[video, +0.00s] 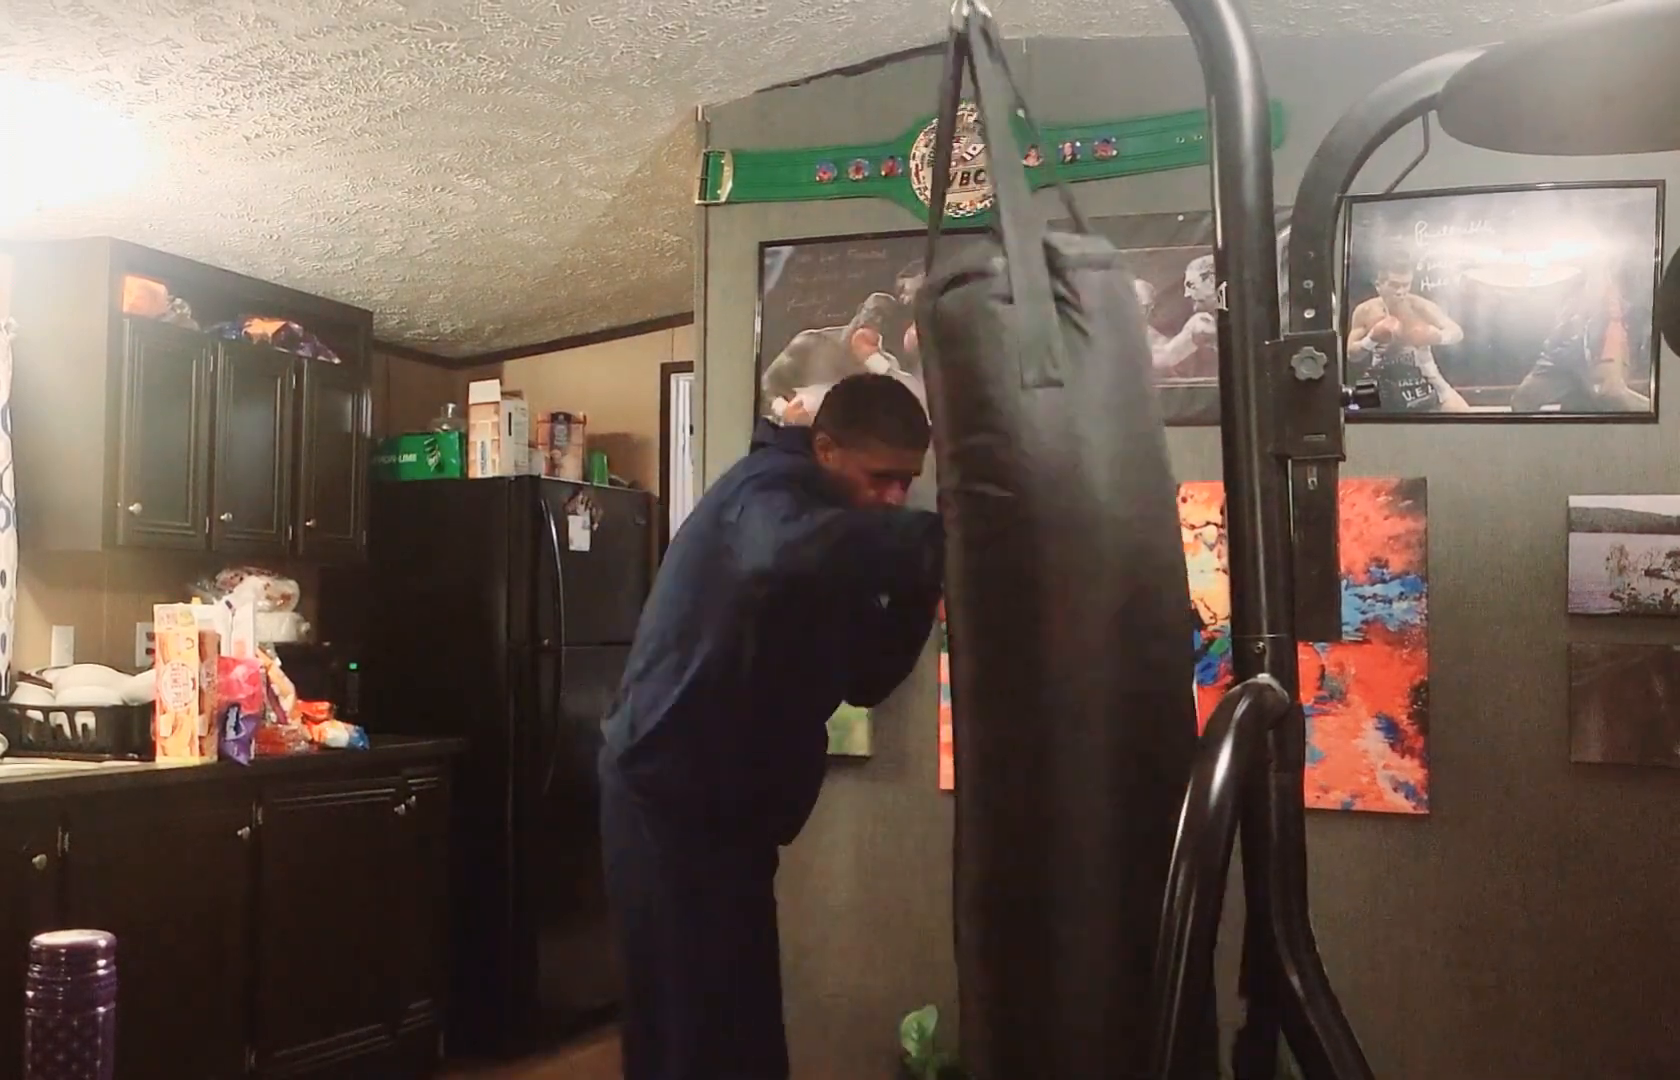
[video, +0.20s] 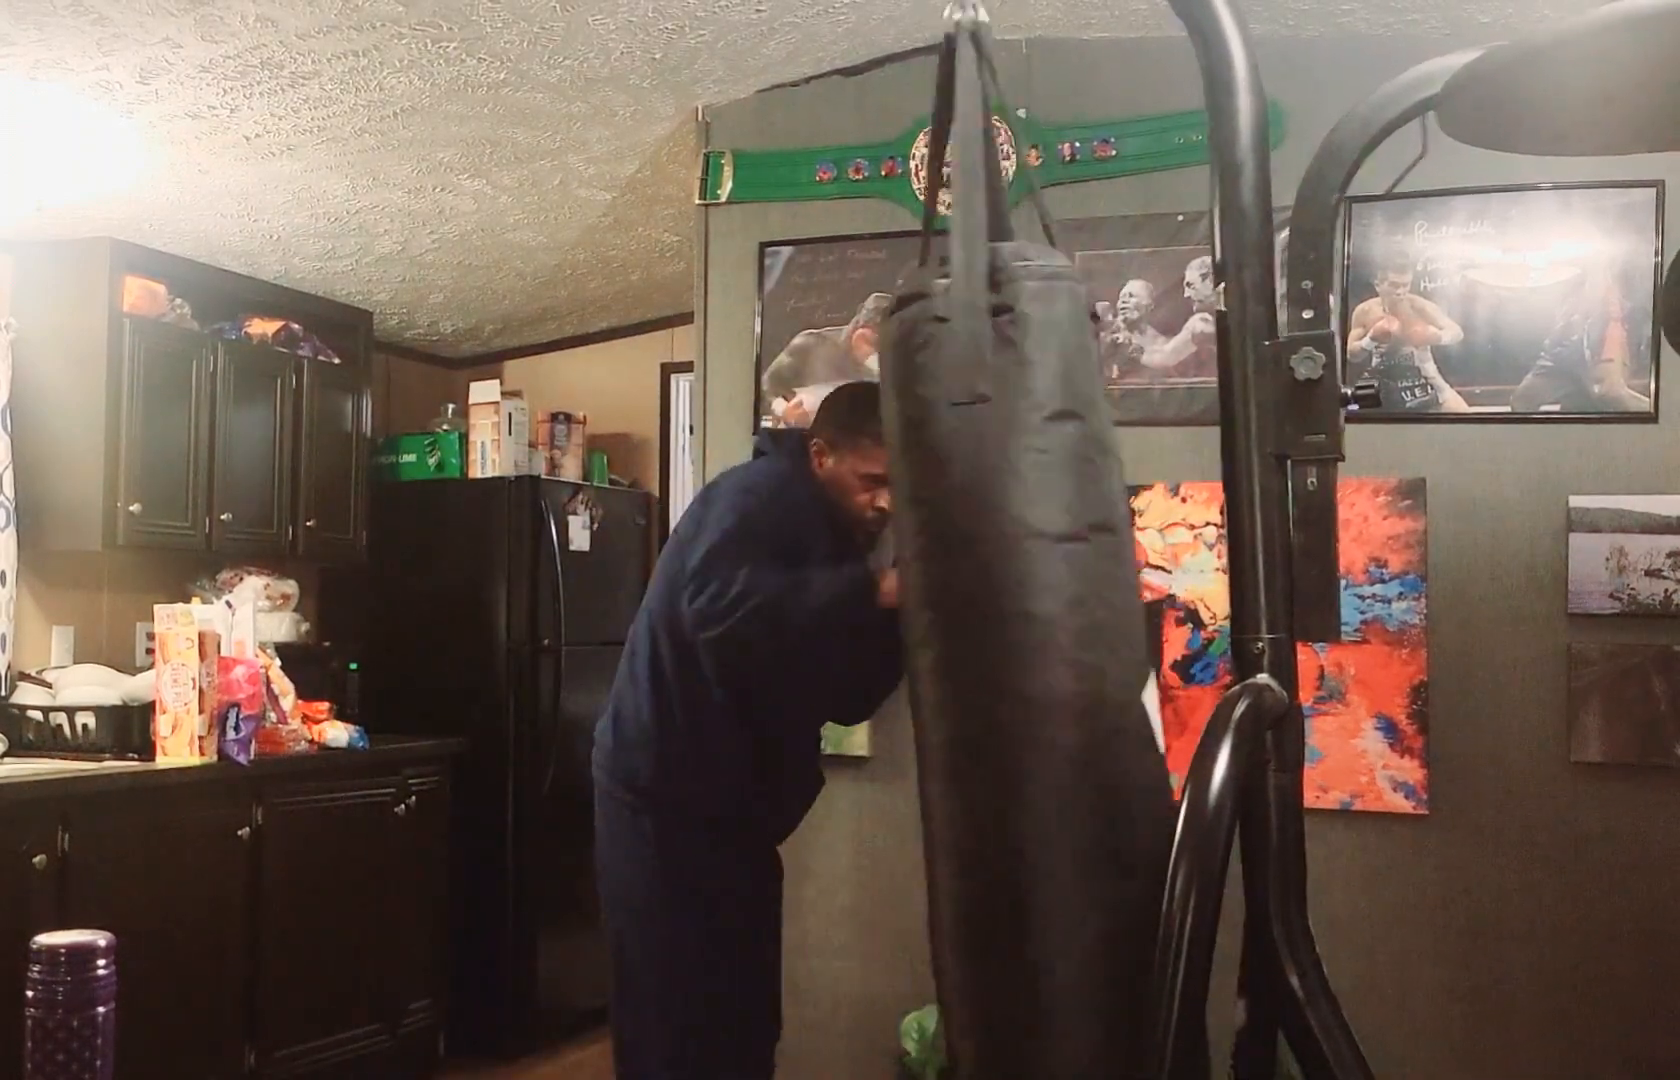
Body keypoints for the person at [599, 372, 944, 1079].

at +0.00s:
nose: (896, 498)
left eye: (906, 483)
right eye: (881, 479)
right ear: (827, 449)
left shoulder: (830, 535)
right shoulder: (775, 481)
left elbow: (866, 679)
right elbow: (776, 550)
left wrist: (927, 580)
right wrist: (936, 535)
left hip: (728, 813)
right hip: (670, 808)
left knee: (743, 1039)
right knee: (704, 1040)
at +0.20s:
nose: (885, 503)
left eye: (894, 486)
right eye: (872, 482)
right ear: (821, 456)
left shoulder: (835, 530)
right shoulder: (764, 493)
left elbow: (845, 694)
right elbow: (717, 614)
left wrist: (903, 606)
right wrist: (875, 590)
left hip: (732, 805)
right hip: (663, 799)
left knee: (741, 1029)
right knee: (685, 1032)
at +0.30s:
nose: (872, 513)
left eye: (881, 496)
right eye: (860, 493)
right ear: (814, 471)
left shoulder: (840, 549)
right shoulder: (747, 509)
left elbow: (865, 702)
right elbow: (665, 632)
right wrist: (814, 627)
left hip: (742, 809)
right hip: (663, 802)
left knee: (769, 1030)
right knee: (692, 1033)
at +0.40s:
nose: (867, 521)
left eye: (877, 504)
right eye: (855, 501)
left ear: (891, 491)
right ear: (811, 476)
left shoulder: (844, 554)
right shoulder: (738, 518)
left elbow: (857, 700)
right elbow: (637, 624)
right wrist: (782, 628)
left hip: (749, 811)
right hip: (666, 807)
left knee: (778, 1035)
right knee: (702, 1037)